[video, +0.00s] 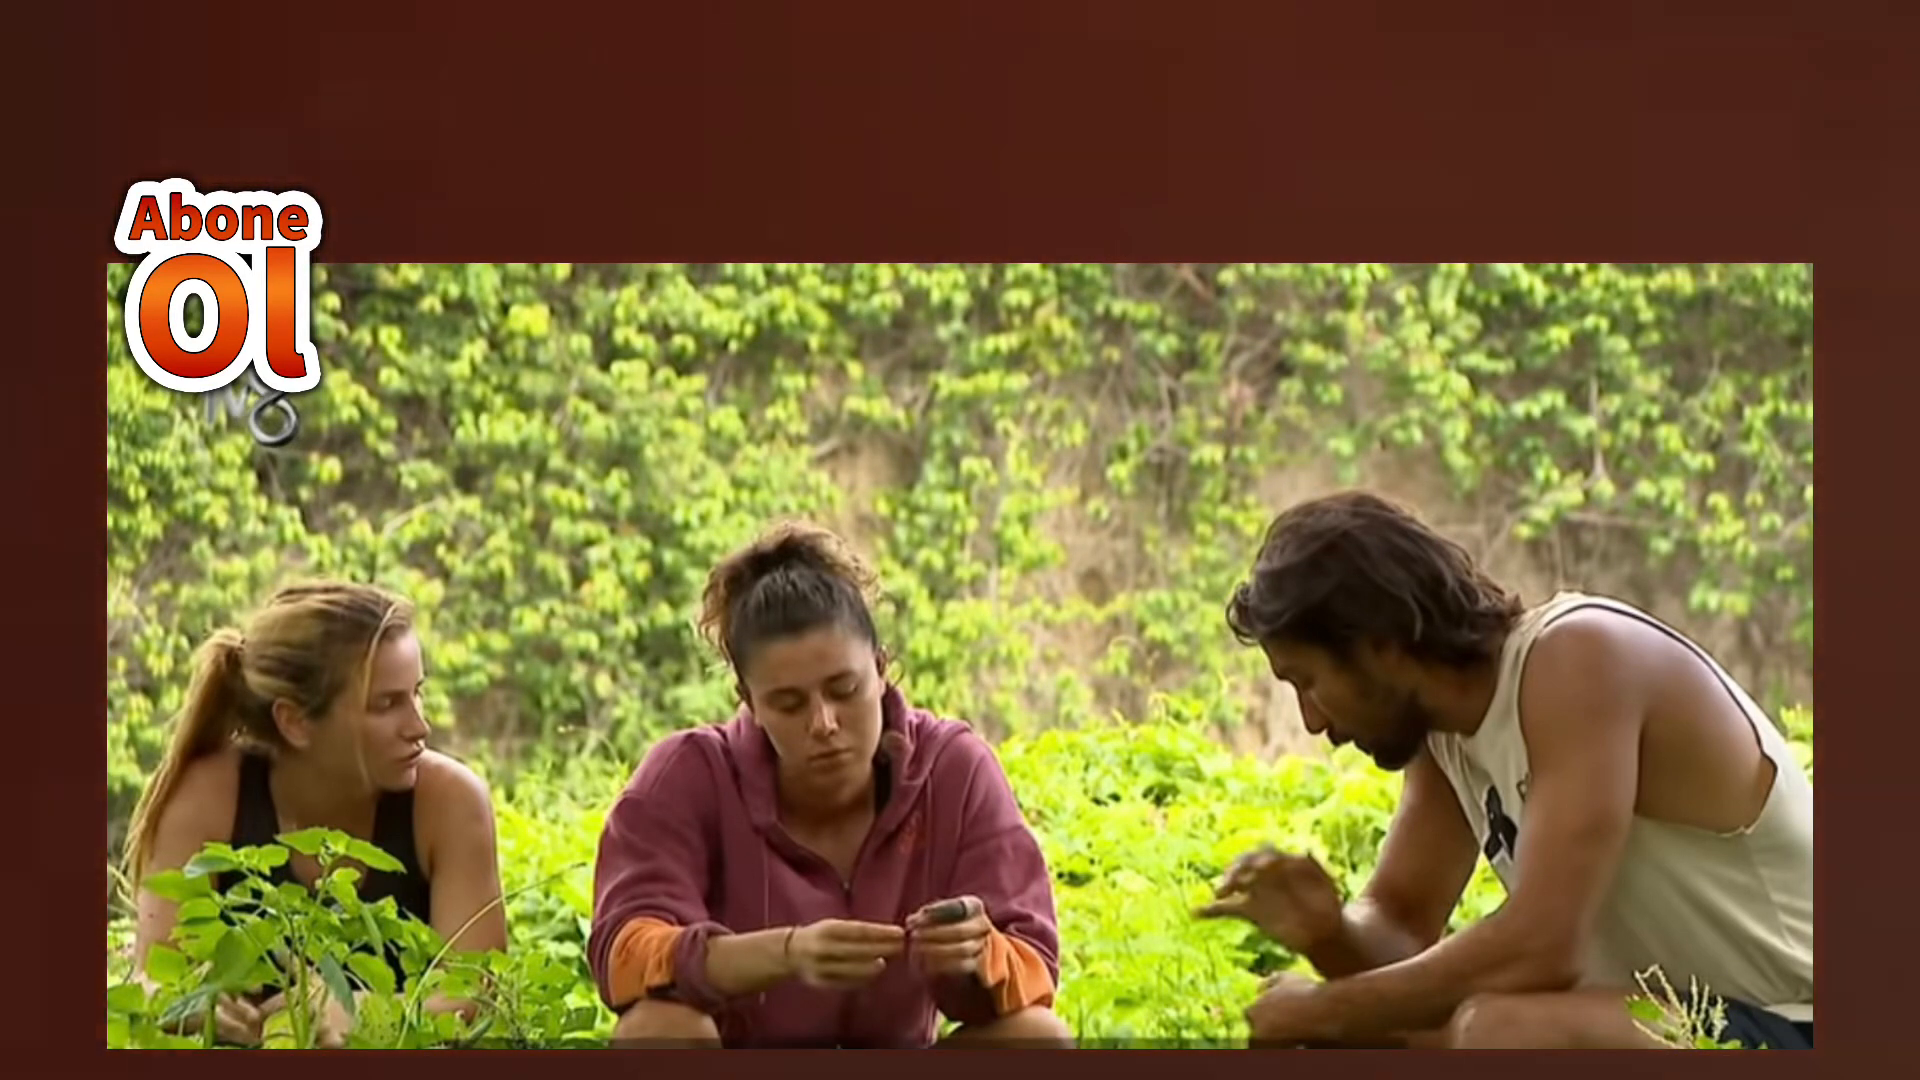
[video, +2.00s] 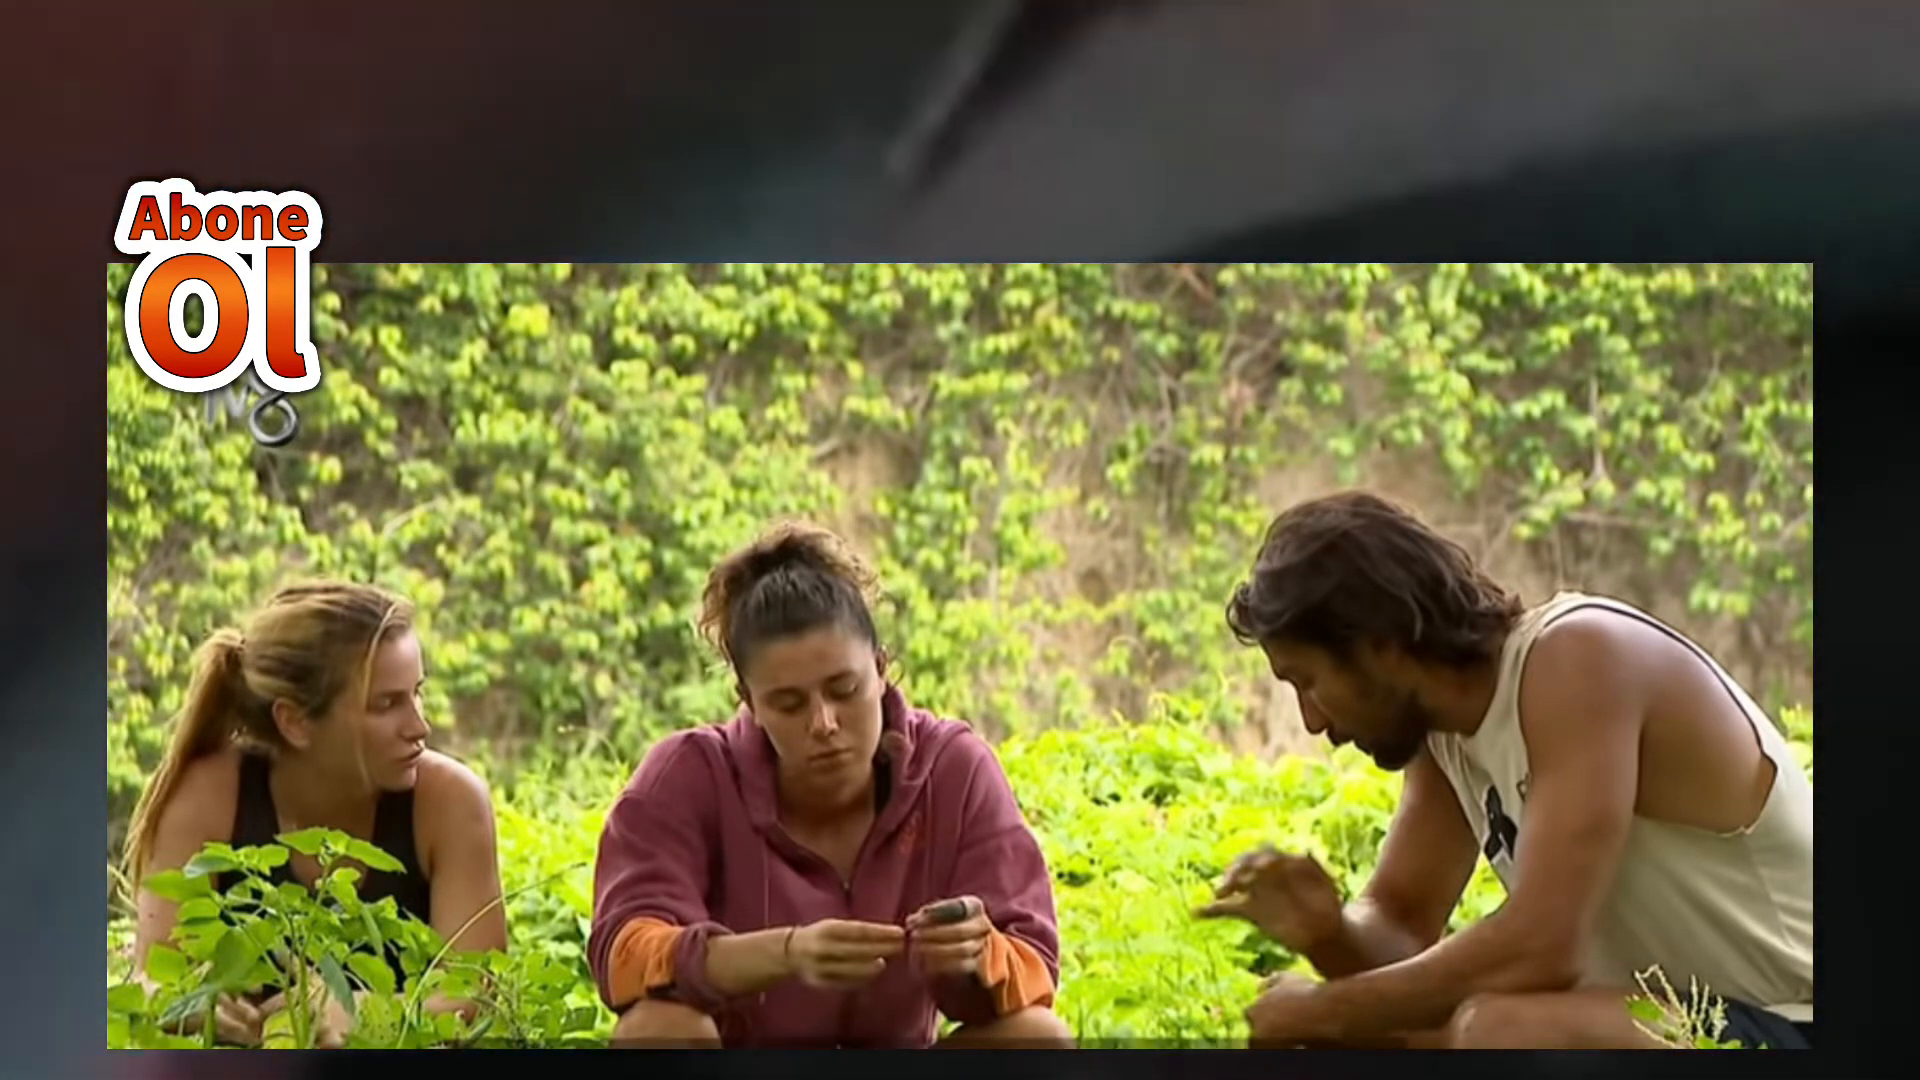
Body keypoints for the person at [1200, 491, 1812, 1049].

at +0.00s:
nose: (1311, 723)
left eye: (1306, 687)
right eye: (1296, 693)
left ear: (1384, 642)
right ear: (1384, 644)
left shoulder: (1585, 656)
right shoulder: (1450, 730)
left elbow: (1539, 950)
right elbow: (1402, 926)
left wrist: (1322, 1013)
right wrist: (1329, 931)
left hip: (1788, 1016)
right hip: (1660, 1002)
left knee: (1500, 1026)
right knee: (1374, 1030)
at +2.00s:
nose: (1311, 723)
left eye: (1307, 687)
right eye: (1296, 693)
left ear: (1385, 642)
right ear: (1385, 644)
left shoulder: (1584, 656)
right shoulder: (1450, 730)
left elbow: (1539, 951)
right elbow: (1402, 925)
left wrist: (1325, 1014)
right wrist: (1329, 933)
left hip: (1786, 1014)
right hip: (1655, 1001)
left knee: (1500, 1025)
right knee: (1380, 1025)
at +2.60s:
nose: (1311, 724)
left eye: (1306, 687)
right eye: (1296, 693)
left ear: (1384, 642)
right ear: (1384, 644)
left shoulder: (1584, 656)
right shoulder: (1450, 731)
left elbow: (1540, 950)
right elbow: (1403, 925)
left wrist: (1325, 1014)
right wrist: (1329, 933)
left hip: (1787, 1015)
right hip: (1658, 1002)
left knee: (1499, 1025)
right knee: (1385, 1025)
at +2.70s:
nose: (1311, 723)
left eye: (1306, 687)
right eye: (1295, 693)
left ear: (1384, 643)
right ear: (1384, 644)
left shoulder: (1585, 656)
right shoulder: (1450, 731)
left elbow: (1539, 951)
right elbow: (1402, 927)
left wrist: (1327, 1014)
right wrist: (1329, 933)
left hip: (1786, 1015)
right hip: (1655, 1002)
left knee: (1500, 1025)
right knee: (1381, 1026)